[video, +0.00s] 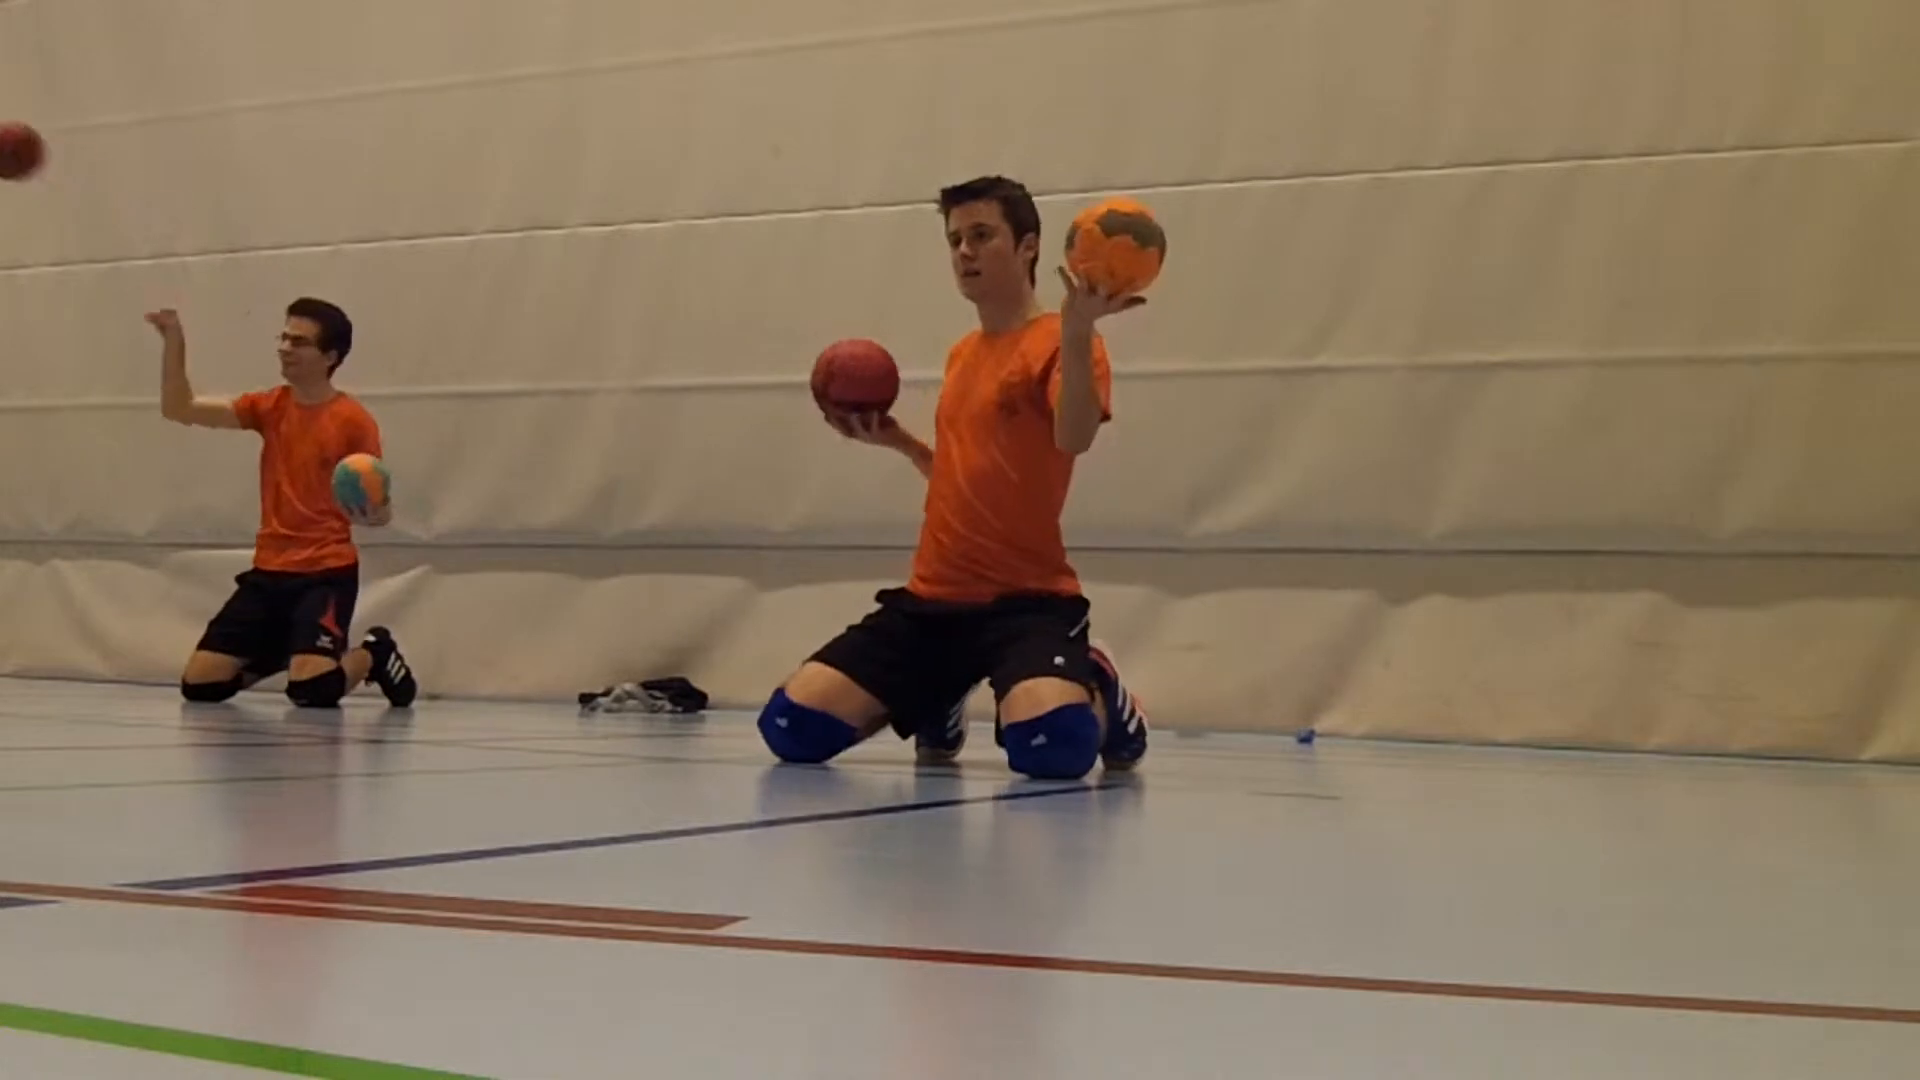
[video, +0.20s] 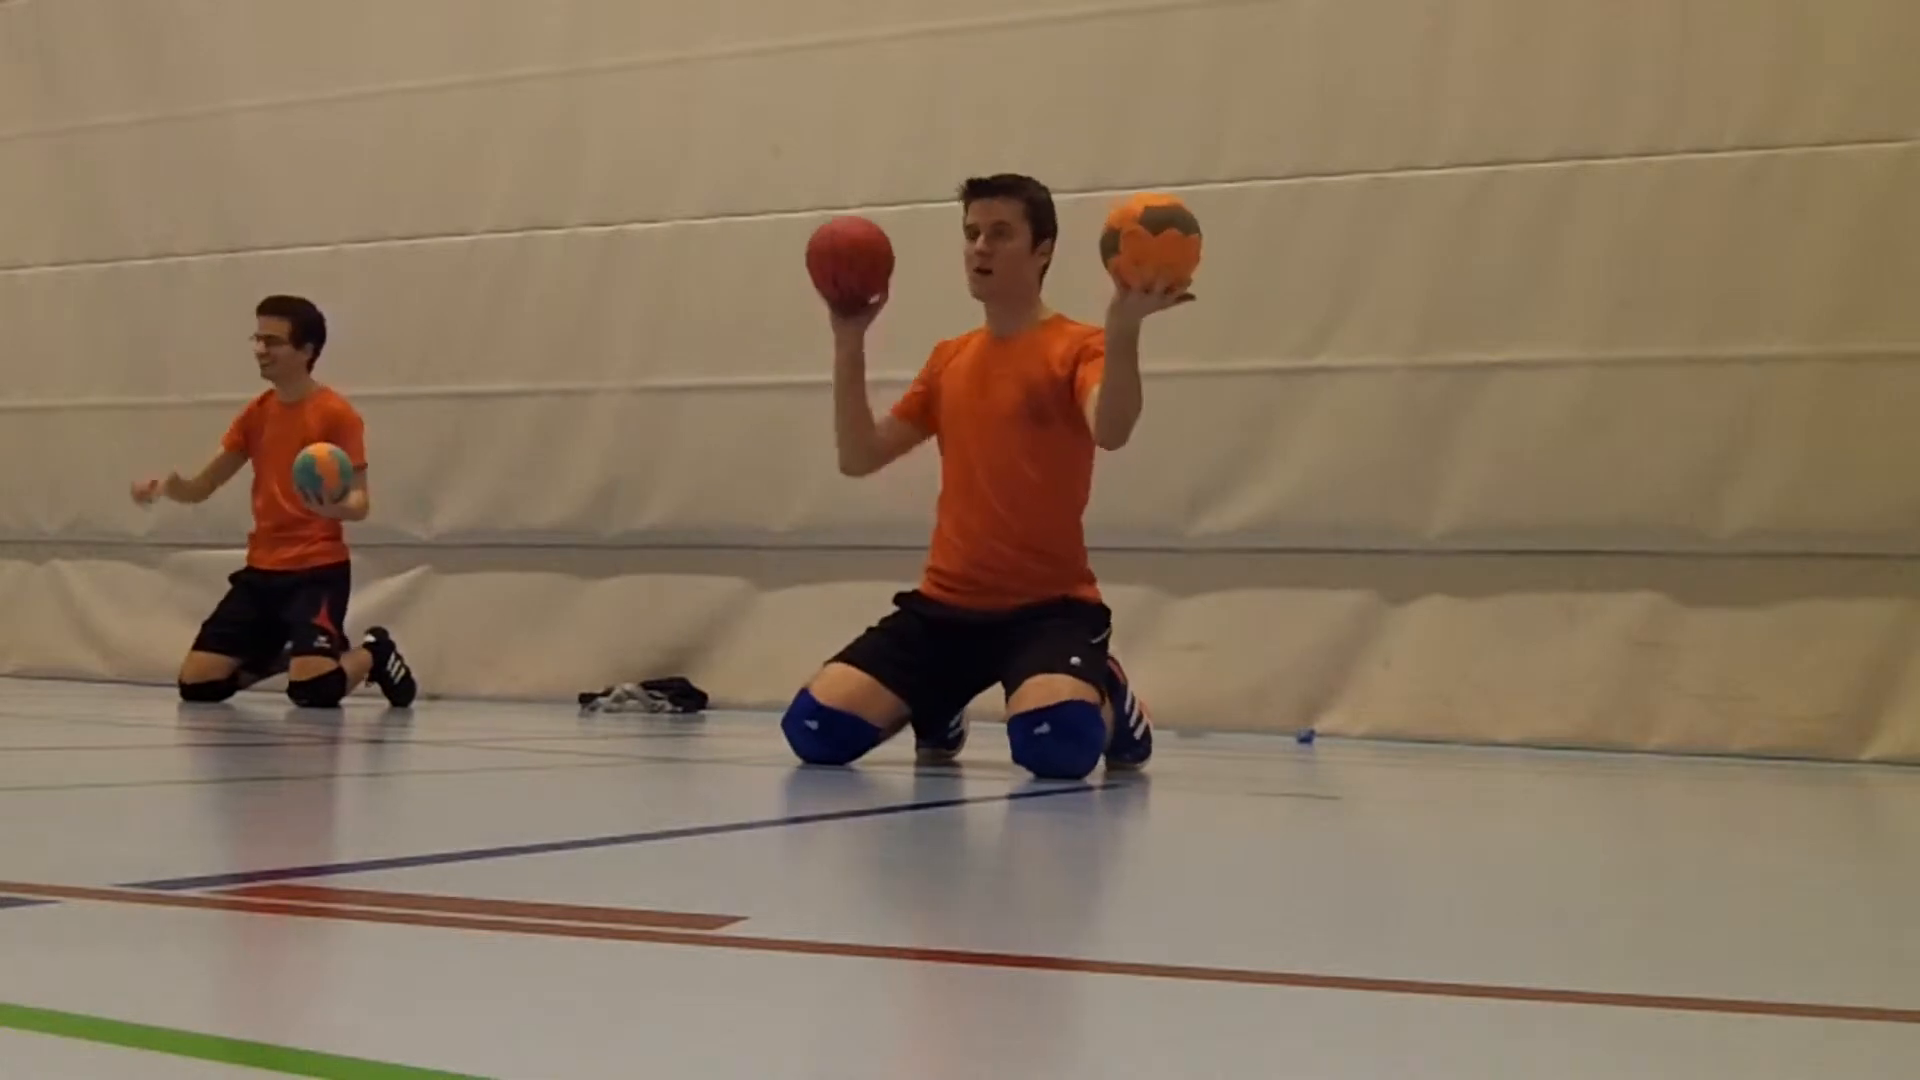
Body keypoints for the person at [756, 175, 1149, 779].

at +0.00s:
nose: (963, 253)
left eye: (981, 235)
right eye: (955, 240)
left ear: (1028, 249)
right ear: (948, 254)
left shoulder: (1064, 341)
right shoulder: (965, 353)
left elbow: (1074, 437)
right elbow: (964, 482)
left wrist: (1076, 328)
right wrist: (899, 439)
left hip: (1028, 607)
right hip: (930, 605)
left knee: (1049, 753)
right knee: (790, 731)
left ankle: (1096, 685)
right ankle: (928, 689)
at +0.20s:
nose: (980, 249)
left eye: (999, 234)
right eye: (971, 235)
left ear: (1042, 252)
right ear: (962, 247)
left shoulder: (1077, 346)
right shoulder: (951, 360)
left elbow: (1112, 431)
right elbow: (859, 456)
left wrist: (1124, 326)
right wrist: (848, 340)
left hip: (1050, 610)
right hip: (945, 607)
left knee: (1054, 749)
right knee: (814, 734)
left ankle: (1106, 689)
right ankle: (932, 691)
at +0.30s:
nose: (996, 238)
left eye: (1018, 227)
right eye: (987, 224)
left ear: (1056, 250)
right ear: (975, 241)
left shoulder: (1091, 352)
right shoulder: (940, 351)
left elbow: (1129, 436)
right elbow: (819, 401)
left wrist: (1149, 329)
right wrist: (838, 274)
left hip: (1056, 609)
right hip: (948, 604)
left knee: (1046, 749)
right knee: (809, 736)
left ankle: (1110, 688)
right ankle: (928, 692)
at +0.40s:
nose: (1010, 228)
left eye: (1032, 217)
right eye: (1001, 214)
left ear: (1067, 246)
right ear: (986, 230)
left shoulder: (1095, 351)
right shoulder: (943, 324)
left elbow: (1148, 433)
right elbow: (823, 287)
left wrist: (1174, 332)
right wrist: (783, 161)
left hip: (1057, 605)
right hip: (947, 599)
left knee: (1046, 751)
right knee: (810, 735)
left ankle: (1110, 687)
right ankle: (930, 690)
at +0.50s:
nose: (1015, 203)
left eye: (1037, 194)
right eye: (1006, 192)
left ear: (1071, 224)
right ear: (989, 216)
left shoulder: (1098, 335)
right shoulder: (951, 297)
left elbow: (1161, 427)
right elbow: (853, 225)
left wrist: (1194, 330)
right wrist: (847, 135)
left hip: (1054, 589)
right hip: (946, 581)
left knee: (1050, 751)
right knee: (808, 737)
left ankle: (1108, 684)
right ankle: (934, 683)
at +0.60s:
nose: (1022, 185)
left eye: (1043, 174)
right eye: (1011, 175)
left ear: (1078, 208)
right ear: (996, 201)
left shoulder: (1110, 323)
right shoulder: (954, 287)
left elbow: (1174, 423)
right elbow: (832, 276)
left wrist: (1219, 328)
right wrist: (894, 203)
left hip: (1054, 578)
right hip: (943, 568)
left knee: (1048, 754)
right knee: (809, 739)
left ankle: (1102, 683)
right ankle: (929, 676)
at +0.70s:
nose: (1024, 184)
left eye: (1046, 173)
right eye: (1014, 173)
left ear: (1083, 204)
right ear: (999, 199)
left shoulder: (1117, 321)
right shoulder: (956, 291)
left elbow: (1188, 427)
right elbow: (824, 352)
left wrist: (1245, 336)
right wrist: (889, 305)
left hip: (1058, 576)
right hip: (946, 564)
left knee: (1049, 757)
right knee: (811, 739)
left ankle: (1100, 681)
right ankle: (930, 680)